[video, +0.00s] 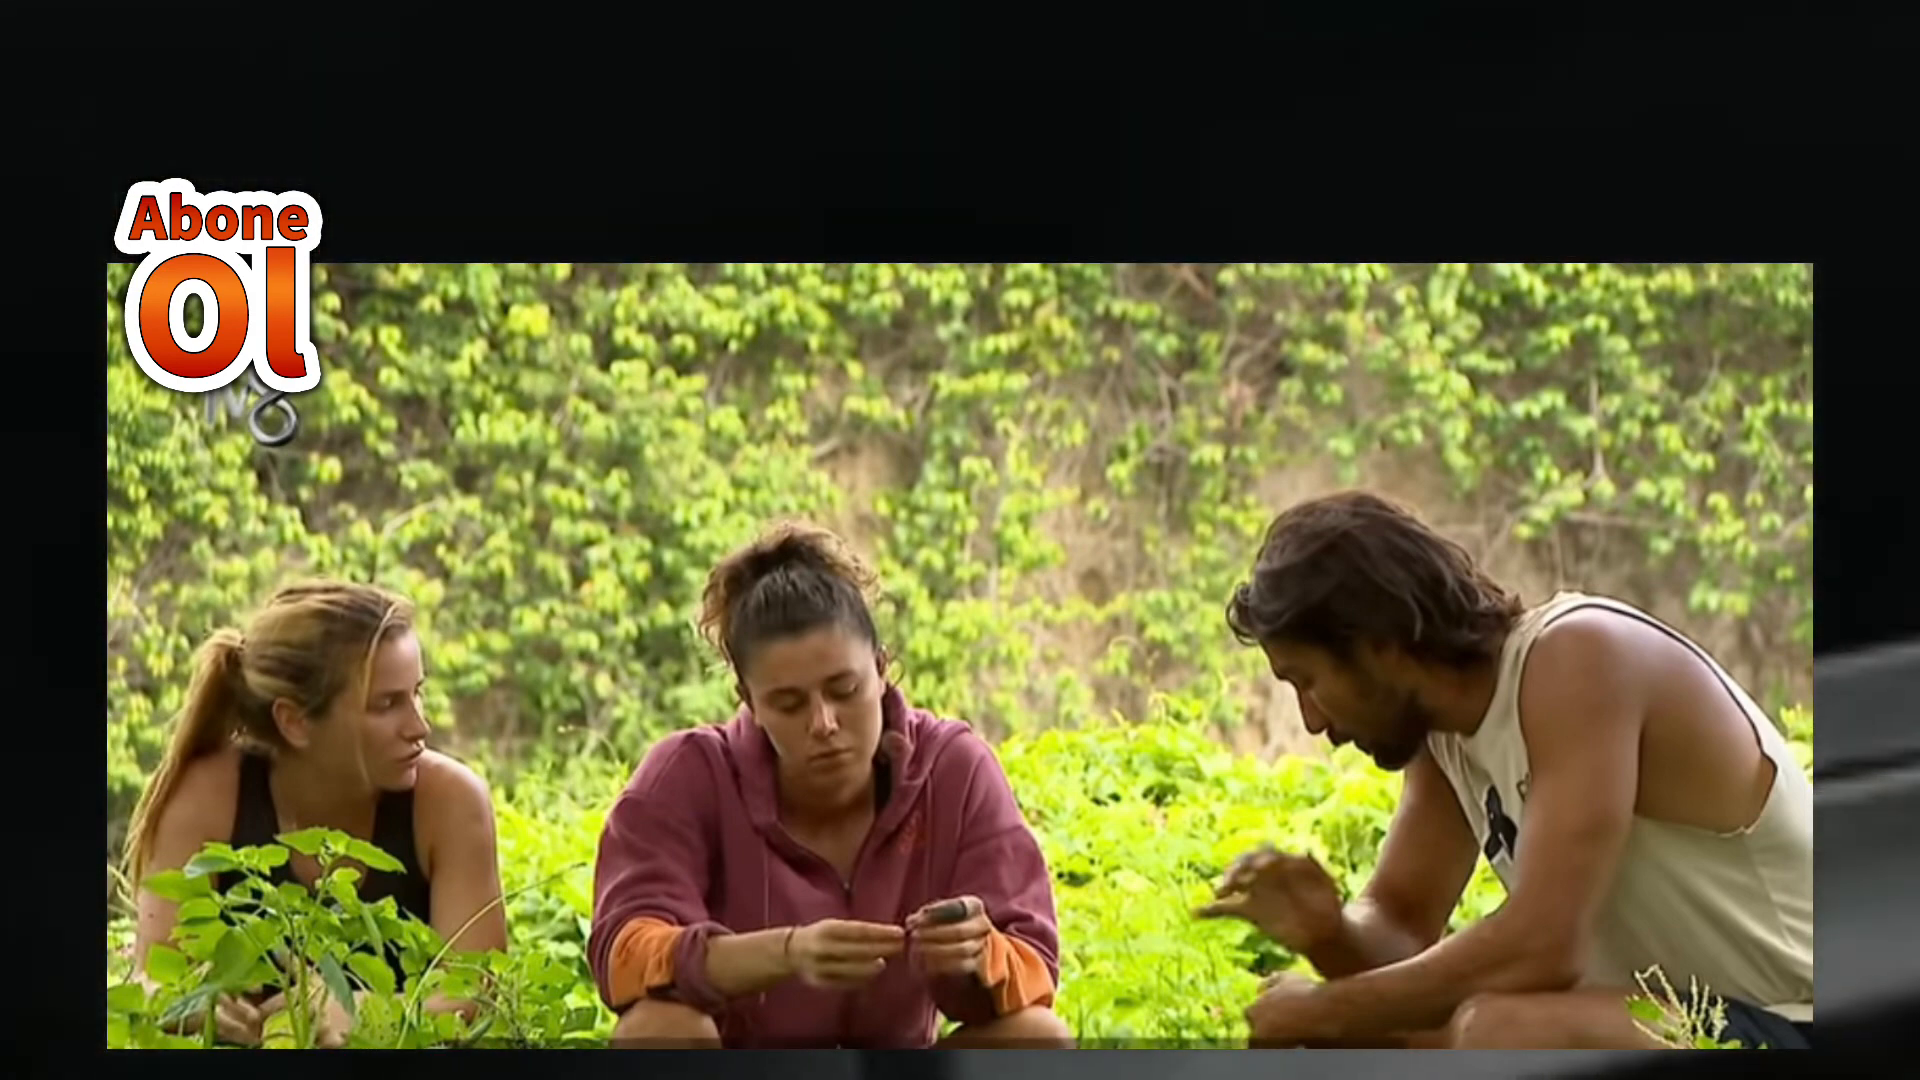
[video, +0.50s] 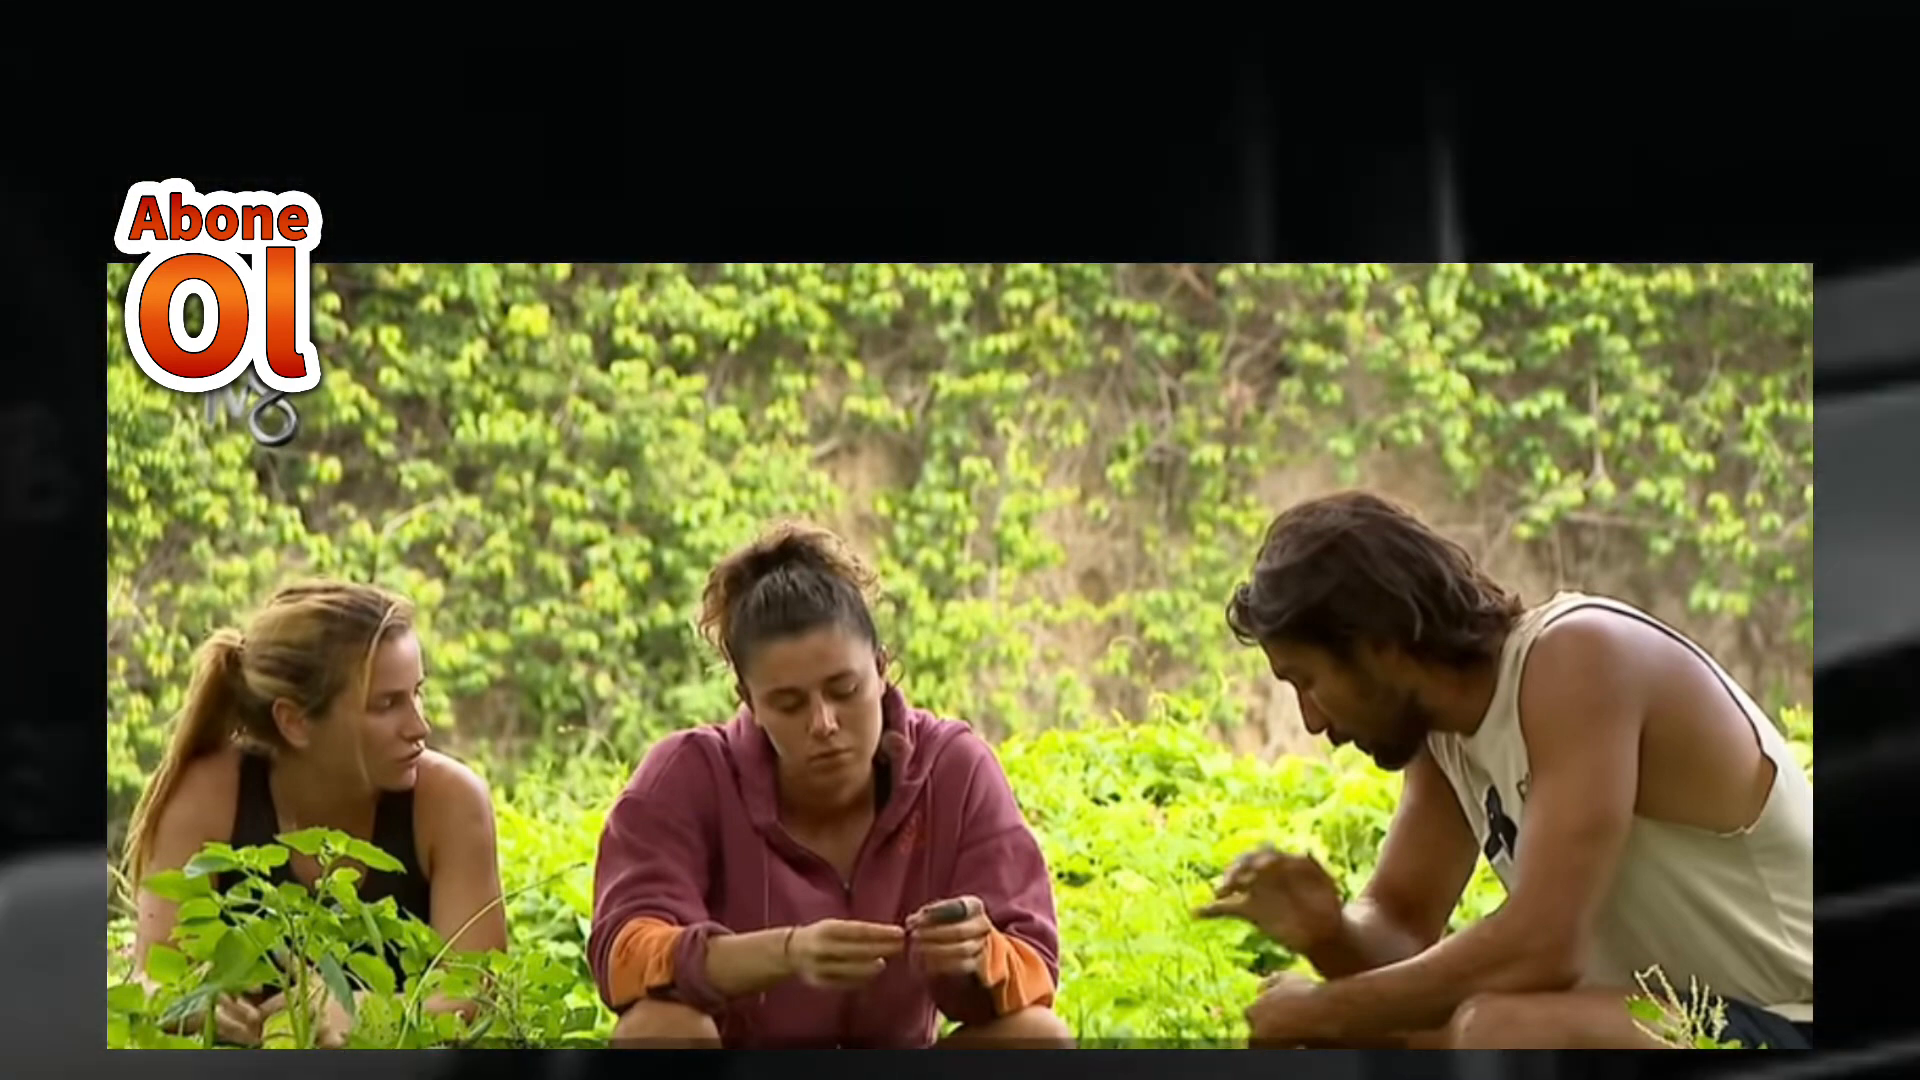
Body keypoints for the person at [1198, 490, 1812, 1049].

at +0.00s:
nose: (1310, 723)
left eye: (1305, 686)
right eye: (1295, 692)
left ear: (1385, 642)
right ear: (1385, 644)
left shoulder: (1584, 656)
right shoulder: (1451, 732)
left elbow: (1540, 950)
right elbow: (1402, 924)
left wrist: (1324, 1015)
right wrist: (1330, 934)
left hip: (1791, 1012)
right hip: (1656, 1001)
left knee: (1501, 1024)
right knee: (1382, 1027)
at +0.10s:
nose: (1310, 723)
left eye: (1305, 686)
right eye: (1295, 692)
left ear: (1385, 643)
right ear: (1385, 644)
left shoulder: (1584, 656)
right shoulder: (1451, 731)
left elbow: (1540, 950)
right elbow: (1402, 924)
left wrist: (1324, 1016)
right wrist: (1330, 934)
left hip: (1787, 1013)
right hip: (1651, 1002)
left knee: (1502, 1023)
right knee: (1376, 1026)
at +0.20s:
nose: (1310, 723)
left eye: (1305, 686)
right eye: (1295, 692)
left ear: (1385, 642)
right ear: (1385, 644)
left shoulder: (1584, 656)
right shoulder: (1451, 732)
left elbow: (1540, 950)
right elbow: (1402, 925)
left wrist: (1321, 1016)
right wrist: (1330, 934)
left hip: (1785, 1012)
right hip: (1652, 1004)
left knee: (1501, 1023)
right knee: (1385, 1027)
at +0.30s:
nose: (1310, 722)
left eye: (1305, 686)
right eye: (1295, 692)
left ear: (1383, 641)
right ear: (1384, 642)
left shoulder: (1584, 656)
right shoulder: (1451, 731)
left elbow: (1539, 951)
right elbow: (1402, 925)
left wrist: (1323, 1015)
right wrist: (1330, 933)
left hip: (1785, 1012)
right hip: (1650, 1002)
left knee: (1502, 1024)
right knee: (1383, 1025)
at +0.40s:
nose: (1310, 722)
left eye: (1305, 686)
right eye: (1295, 692)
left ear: (1384, 641)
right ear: (1384, 642)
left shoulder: (1584, 656)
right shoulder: (1451, 732)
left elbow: (1540, 951)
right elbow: (1402, 925)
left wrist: (1322, 1014)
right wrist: (1330, 933)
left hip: (1784, 1012)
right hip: (1651, 1004)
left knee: (1500, 1024)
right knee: (1374, 1029)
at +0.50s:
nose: (1310, 722)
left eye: (1305, 686)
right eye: (1295, 692)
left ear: (1384, 642)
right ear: (1384, 644)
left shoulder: (1584, 656)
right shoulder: (1450, 731)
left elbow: (1539, 951)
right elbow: (1403, 924)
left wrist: (1326, 1014)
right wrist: (1330, 933)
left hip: (1783, 1014)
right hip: (1651, 1003)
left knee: (1500, 1025)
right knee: (1383, 1027)